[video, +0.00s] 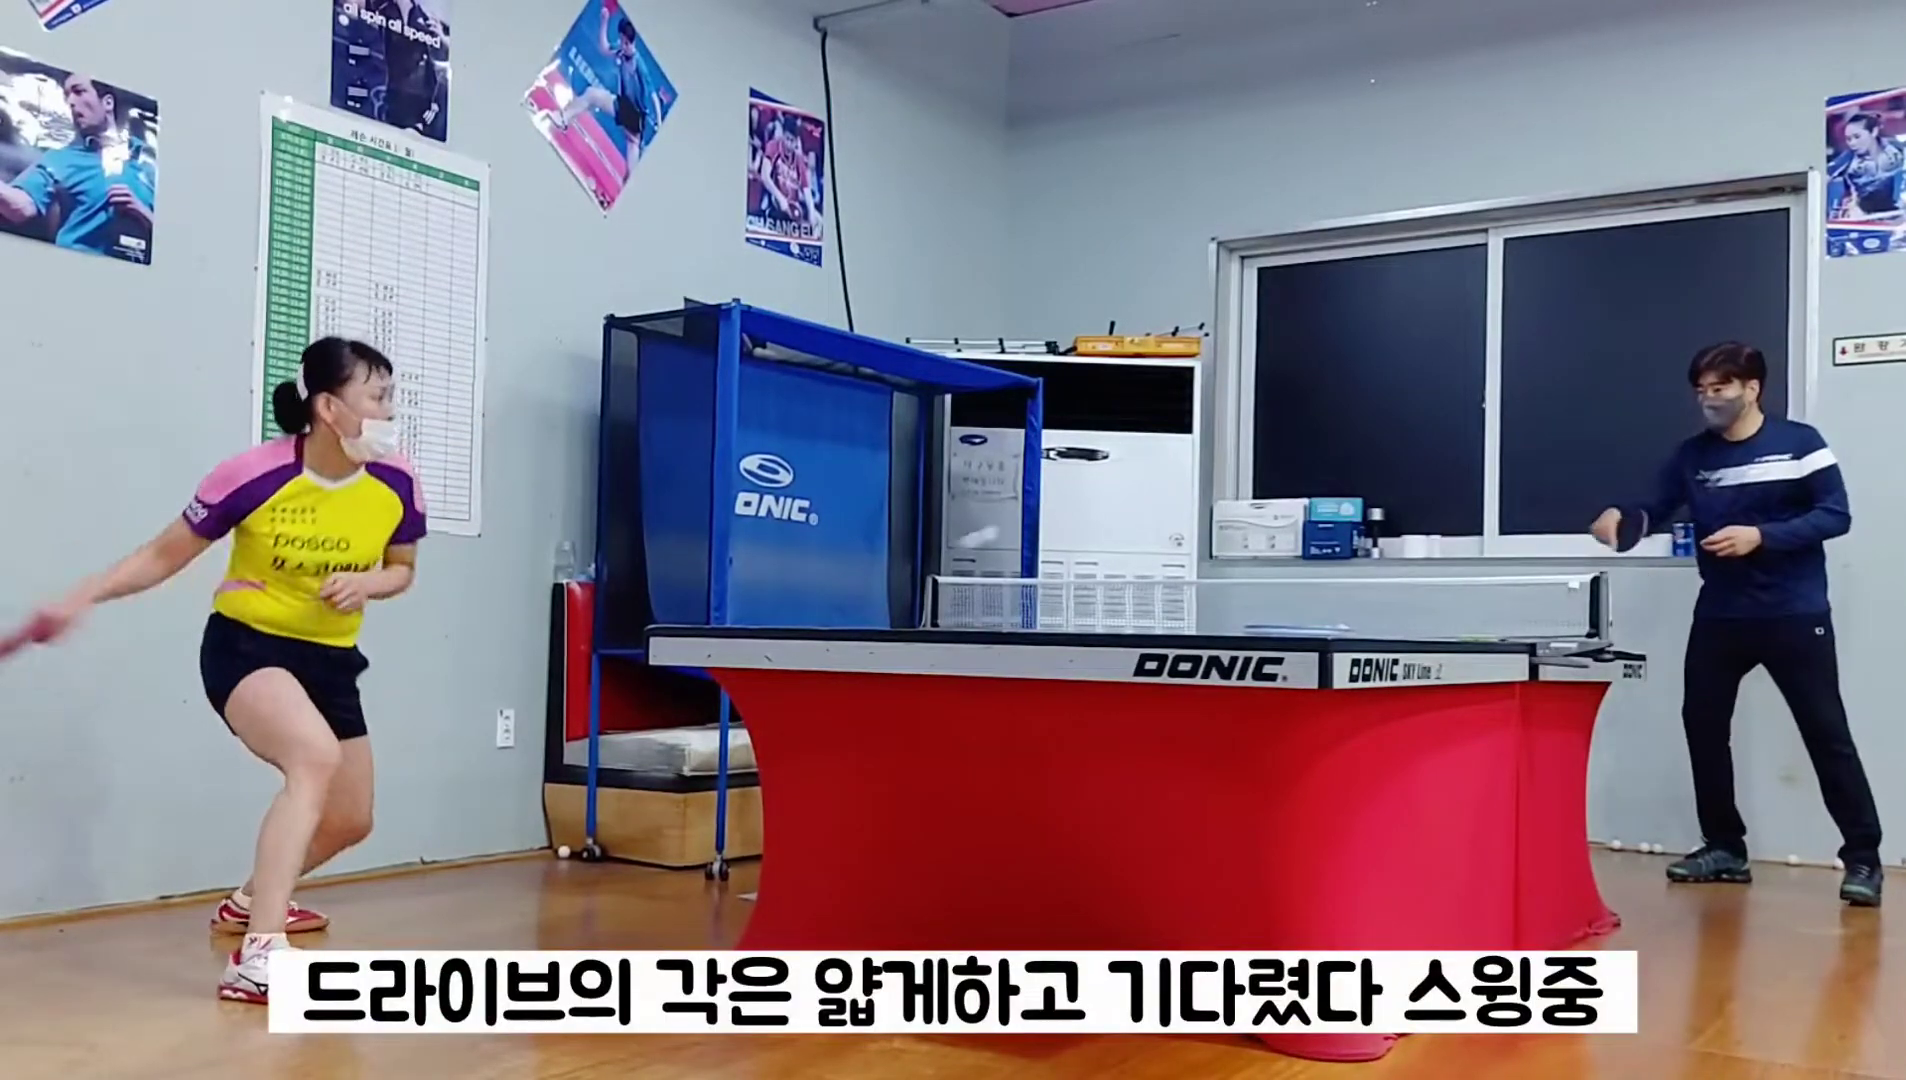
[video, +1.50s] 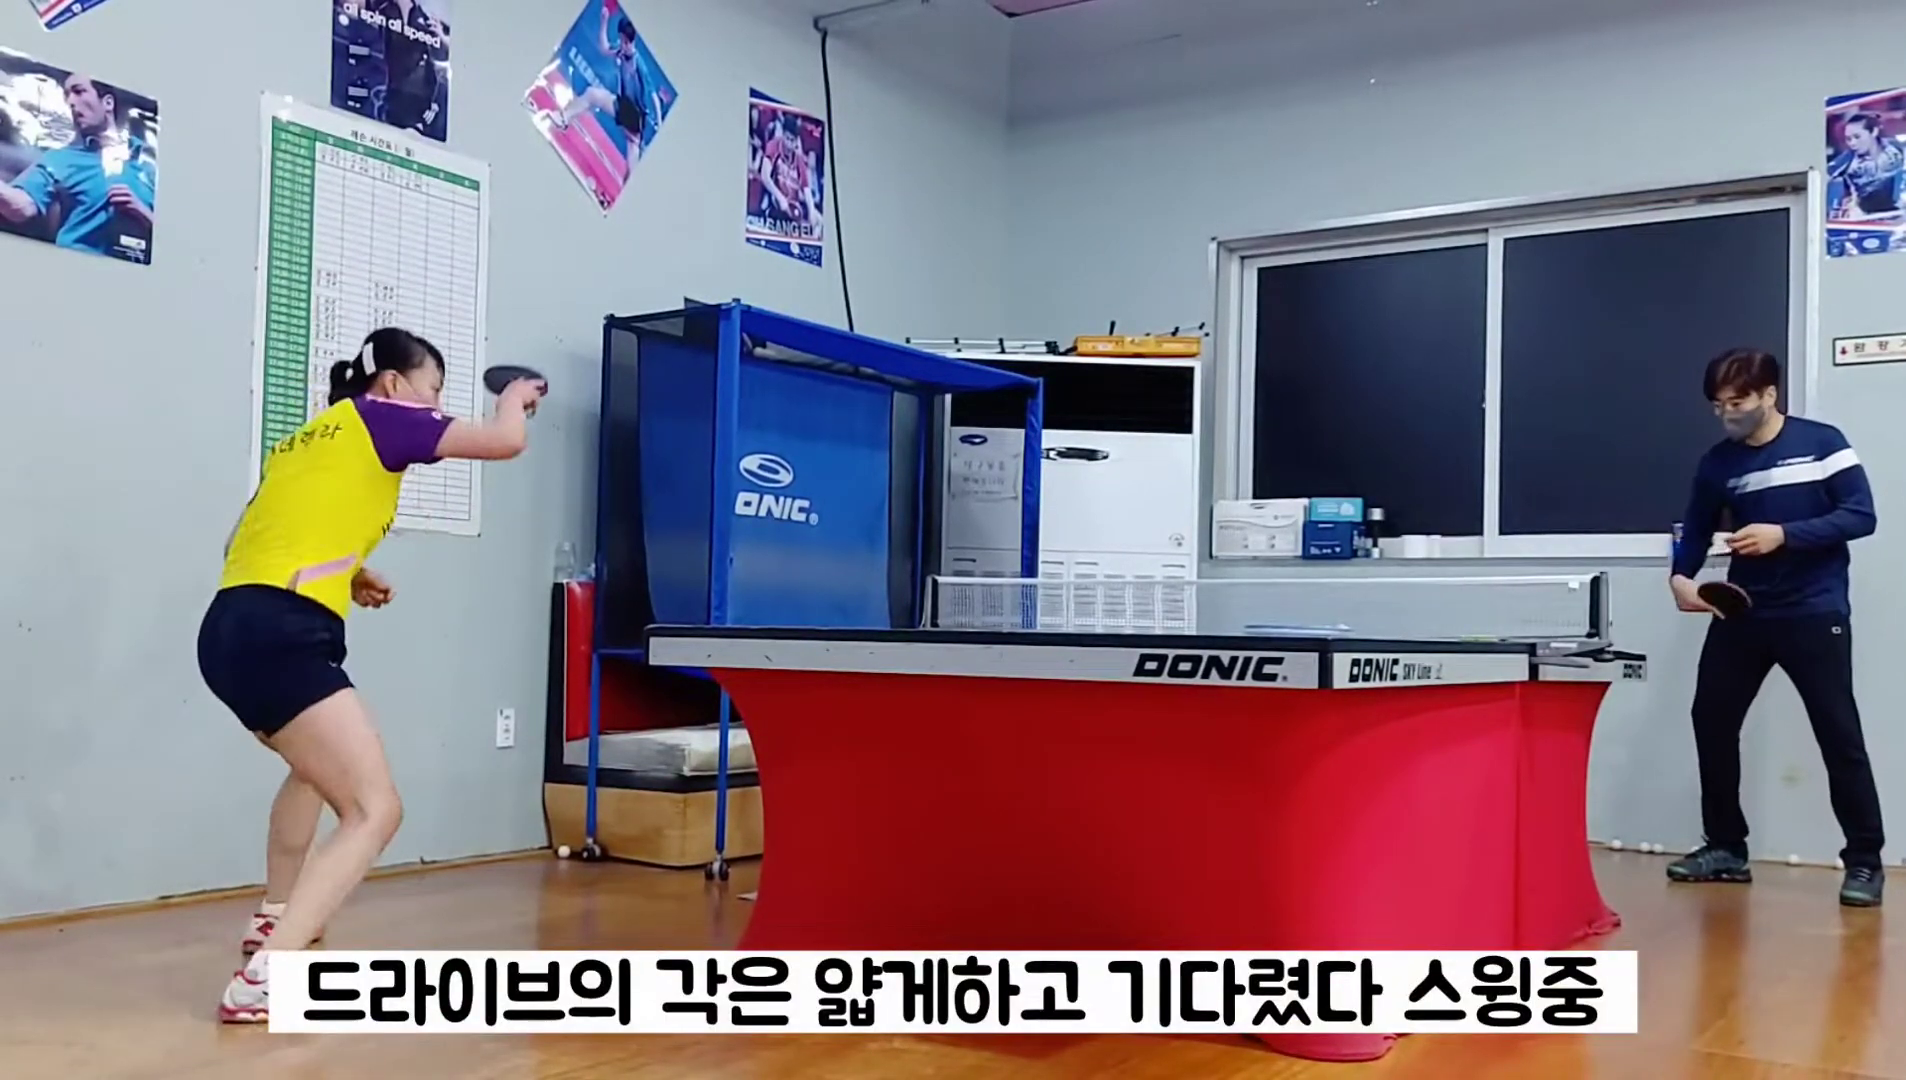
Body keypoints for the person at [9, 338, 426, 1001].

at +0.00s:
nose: (387, 412)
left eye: (388, 399)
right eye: (374, 399)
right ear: (326, 409)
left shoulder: (396, 484)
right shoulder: (254, 475)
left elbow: (401, 571)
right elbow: (165, 554)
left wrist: (371, 585)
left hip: (331, 661)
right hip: (246, 645)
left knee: (350, 820)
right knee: (313, 760)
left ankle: (251, 901)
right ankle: (260, 952)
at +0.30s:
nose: (415, 357)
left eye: (420, 347)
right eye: (408, 341)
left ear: (384, 346)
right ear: (361, 333)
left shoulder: (372, 419)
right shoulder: (316, 381)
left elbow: (330, 528)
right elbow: (289, 446)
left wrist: (374, 516)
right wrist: (383, 418)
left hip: (301, 602)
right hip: (263, 593)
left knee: (337, 755)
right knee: (344, 755)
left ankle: (285, 885)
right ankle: (251, 938)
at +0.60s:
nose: (412, 381)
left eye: (412, 369)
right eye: (406, 367)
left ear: (345, 365)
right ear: (367, 361)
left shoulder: (293, 427)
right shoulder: (367, 401)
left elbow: (293, 515)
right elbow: (487, 428)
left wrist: (367, 554)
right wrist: (501, 397)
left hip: (240, 623)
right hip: (297, 619)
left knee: (320, 771)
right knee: (379, 802)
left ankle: (278, 910)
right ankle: (288, 979)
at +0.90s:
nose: (421, 378)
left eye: (422, 364)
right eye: (411, 363)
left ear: (373, 374)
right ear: (363, 373)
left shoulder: (415, 459)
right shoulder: (292, 450)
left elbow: (413, 538)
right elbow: (221, 550)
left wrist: (410, 560)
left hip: (355, 648)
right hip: (274, 636)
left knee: (370, 811)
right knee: (360, 771)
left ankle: (265, 898)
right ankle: (304, 957)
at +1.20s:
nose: (433, 357)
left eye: (438, 344)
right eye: (422, 341)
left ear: (425, 351)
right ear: (371, 339)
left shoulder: (408, 426)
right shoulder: (313, 404)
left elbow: (379, 514)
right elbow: (231, 497)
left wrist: (405, 525)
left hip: (339, 616)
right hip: (277, 605)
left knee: (362, 764)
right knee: (354, 758)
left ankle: (285, 892)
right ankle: (301, 950)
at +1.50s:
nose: (434, 406)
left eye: (437, 395)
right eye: (431, 392)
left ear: (372, 386)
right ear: (391, 381)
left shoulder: (303, 439)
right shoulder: (383, 418)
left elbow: (274, 527)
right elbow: (505, 441)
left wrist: (348, 570)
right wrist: (515, 398)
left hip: (228, 632)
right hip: (281, 632)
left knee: (310, 772)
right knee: (374, 810)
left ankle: (275, 919)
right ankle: (270, 976)